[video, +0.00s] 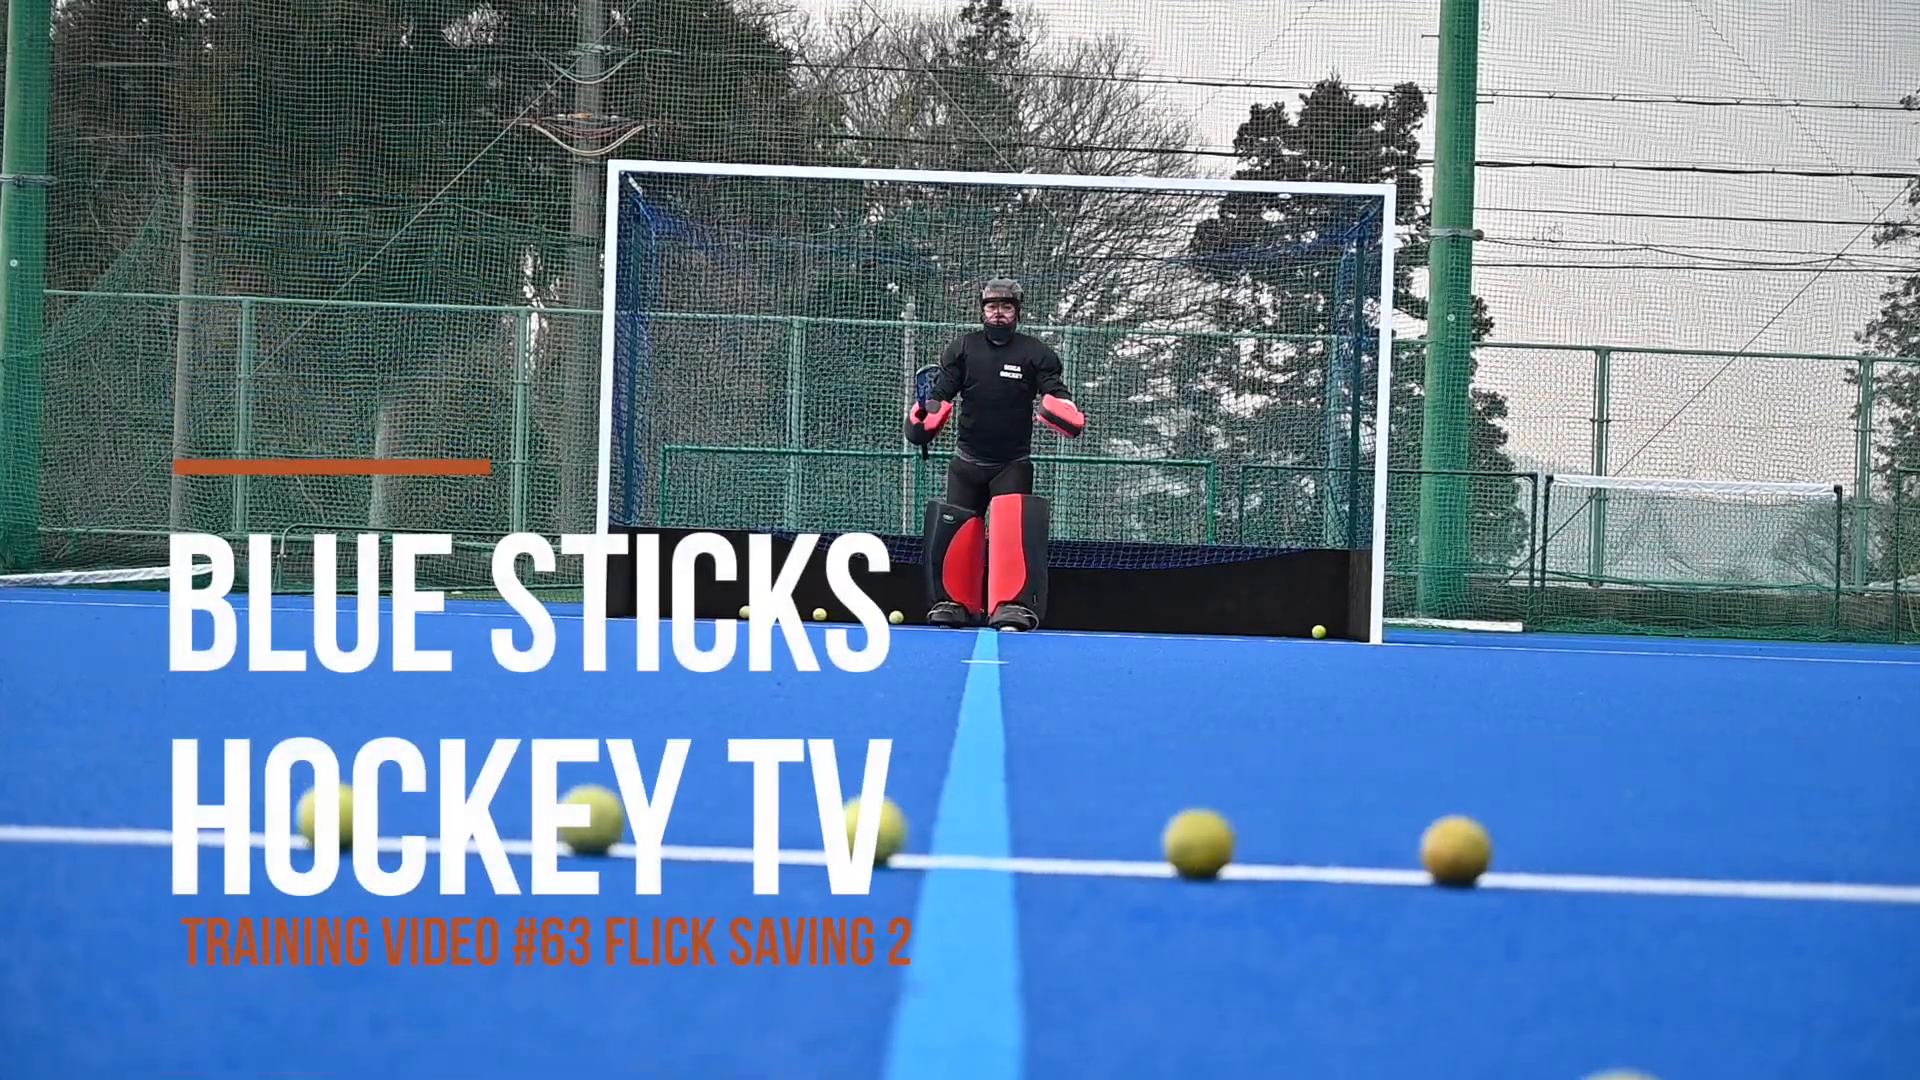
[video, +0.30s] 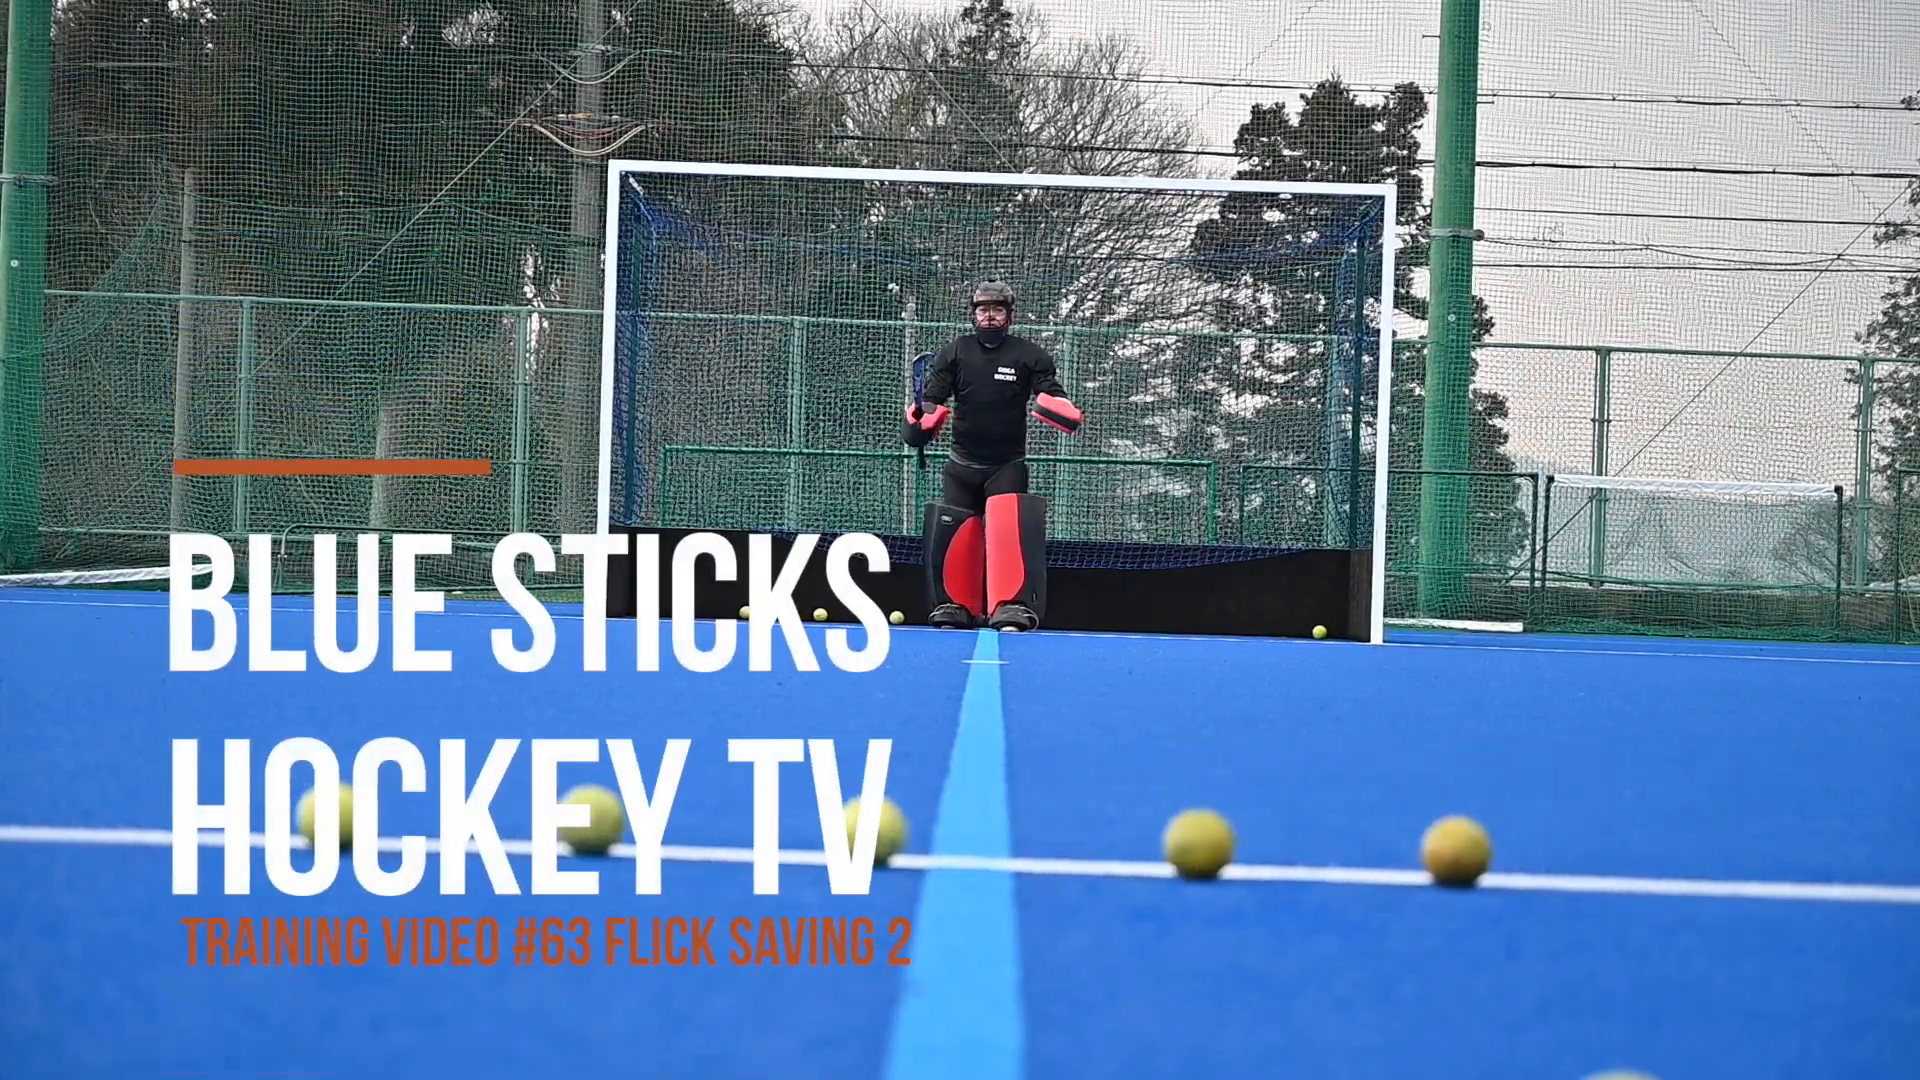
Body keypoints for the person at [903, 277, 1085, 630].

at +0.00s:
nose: (999, 312)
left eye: (1006, 306)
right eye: (992, 305)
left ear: (1017, 311)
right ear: (982, 309)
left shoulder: (1036, 353)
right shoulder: (962, 348)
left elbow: (1056, 393)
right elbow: (939, 394)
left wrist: (1063, 413)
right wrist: (924, 418)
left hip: (1012, 462)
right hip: (967, 460)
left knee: (1010, 531)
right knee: (957, 529)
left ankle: (1010, 607)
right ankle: (955, 604)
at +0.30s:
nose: (989, 316)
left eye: (997, 309)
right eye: (983, 309)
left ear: (1009, 314)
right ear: (973, 314)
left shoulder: (1029, 355)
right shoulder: (954, 352)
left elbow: (1053, 393)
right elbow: (931, 401)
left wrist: (1058, 410)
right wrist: (922, 421)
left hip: (1007, 465)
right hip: (961, 463)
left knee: (1007, 533)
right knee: (955, 535)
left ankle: (1009, 607)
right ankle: (957, 606)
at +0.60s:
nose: (986, 315)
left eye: (994, 308)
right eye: (980, 308)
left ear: (1006, 313)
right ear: (970, 313)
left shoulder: (1028, 354)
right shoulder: (951, 352)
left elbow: (1051, 392)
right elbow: (928, 400)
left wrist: (1054, 405)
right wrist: (918, 417)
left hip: (1006, 464)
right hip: (960, 462)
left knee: (1005, 530)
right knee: (955, 533)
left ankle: (1008, 606)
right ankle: (956, 605)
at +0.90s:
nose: (989, 315)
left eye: (997, 308)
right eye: (982, 308)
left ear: (1008, 313)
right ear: (972, 313)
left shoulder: (1029, 354)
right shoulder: (955, 353)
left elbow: (1055, 396)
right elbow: (929, 402)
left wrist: (1056, 404)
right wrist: (918, 421)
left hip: (1007, 465)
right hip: (961, 463)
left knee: (1007, 530)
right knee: (953, 532)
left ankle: (1010, 607)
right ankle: (955, 606)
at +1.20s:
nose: (985, 315)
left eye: (992, 308)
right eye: (978, 308)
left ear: (1005, 312)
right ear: (969, 313)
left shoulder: (1028, 354)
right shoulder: (954, 353)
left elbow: (1051, 393)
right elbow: (929, 400)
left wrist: (1056, 405)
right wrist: (918, 420)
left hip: (1006, 465)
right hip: (960, 463)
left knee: (1006, 530)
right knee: (954, 533)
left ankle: (1008, 607)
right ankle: (956, 606)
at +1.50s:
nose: (985, 327)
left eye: (990, 320)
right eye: (977, 322)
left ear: (1001, 322)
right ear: (968, 325)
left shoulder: (1022, 354)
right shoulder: (955, 352)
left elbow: (1052, 394)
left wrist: (1050, 404)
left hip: (1004, 464)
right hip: (958, 461)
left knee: (1007, 533)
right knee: (949, 533)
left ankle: (1009, 606)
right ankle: (952, 605)